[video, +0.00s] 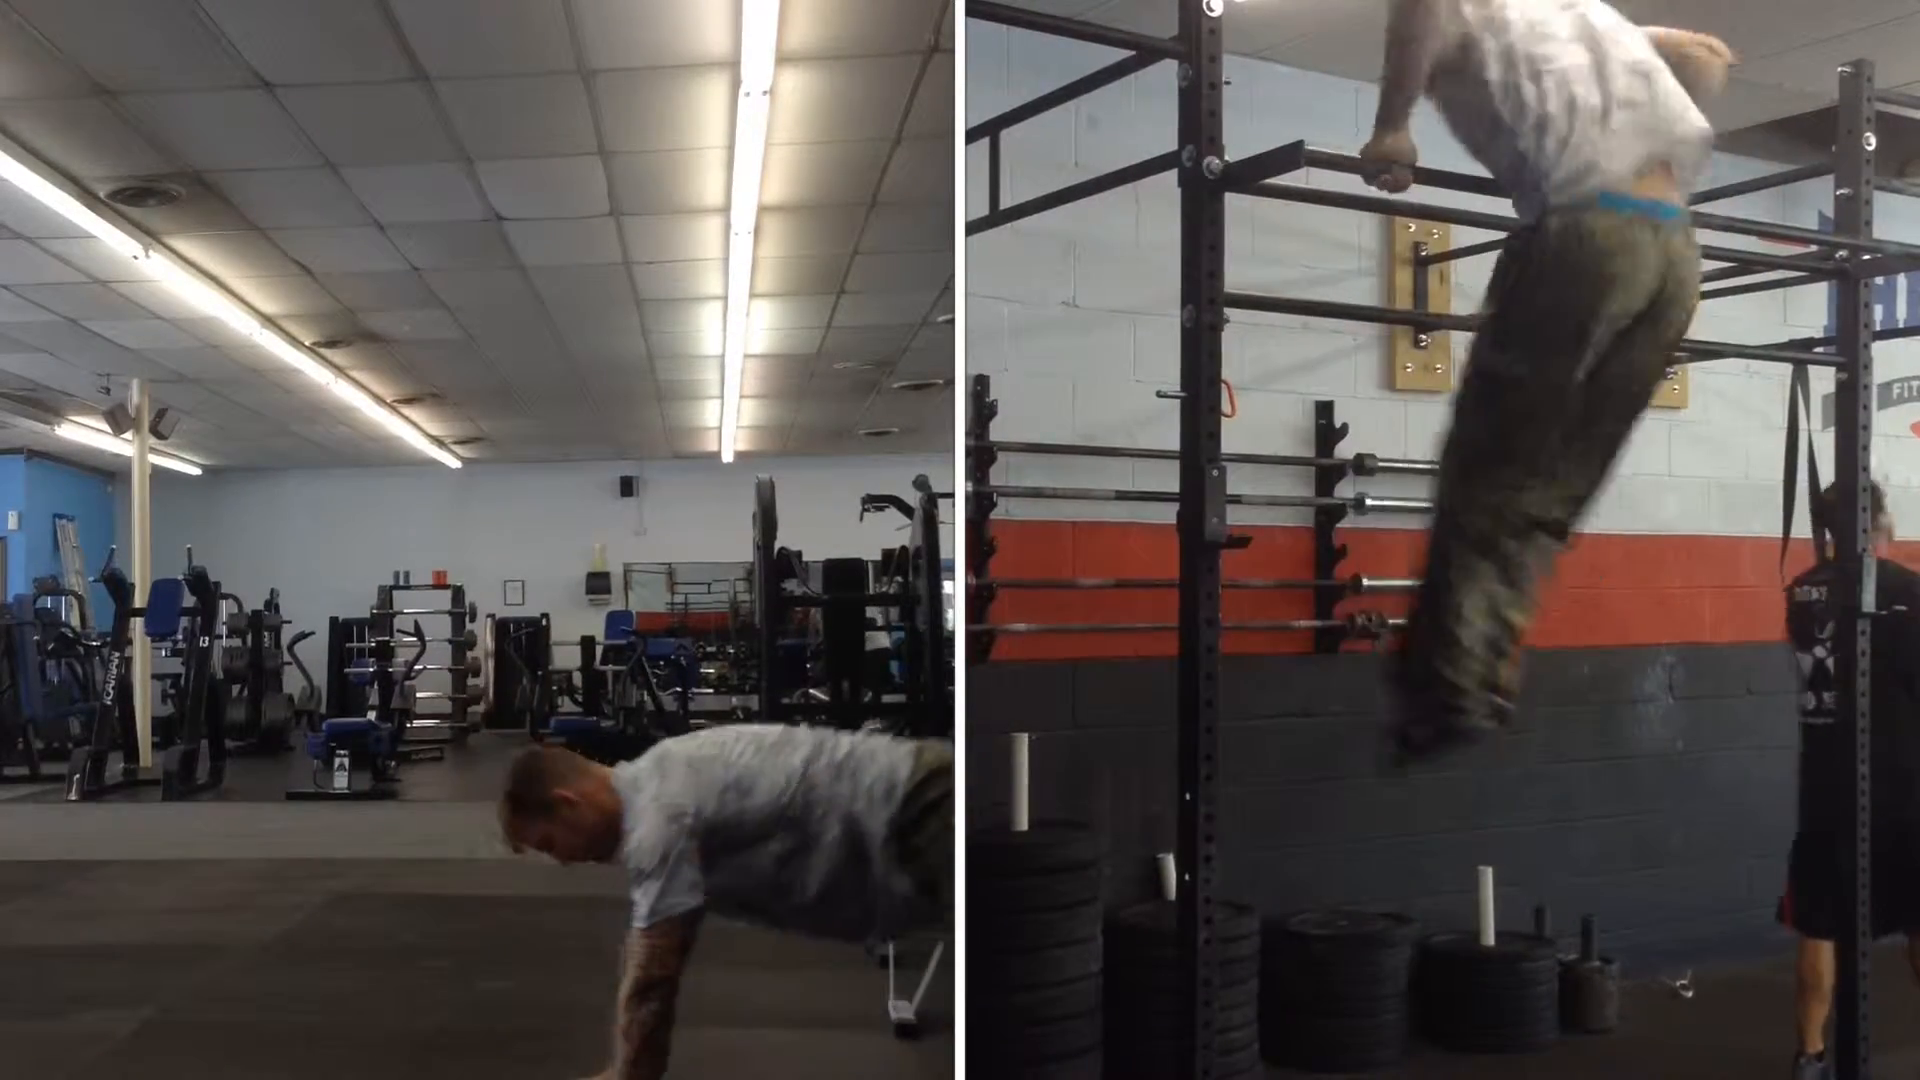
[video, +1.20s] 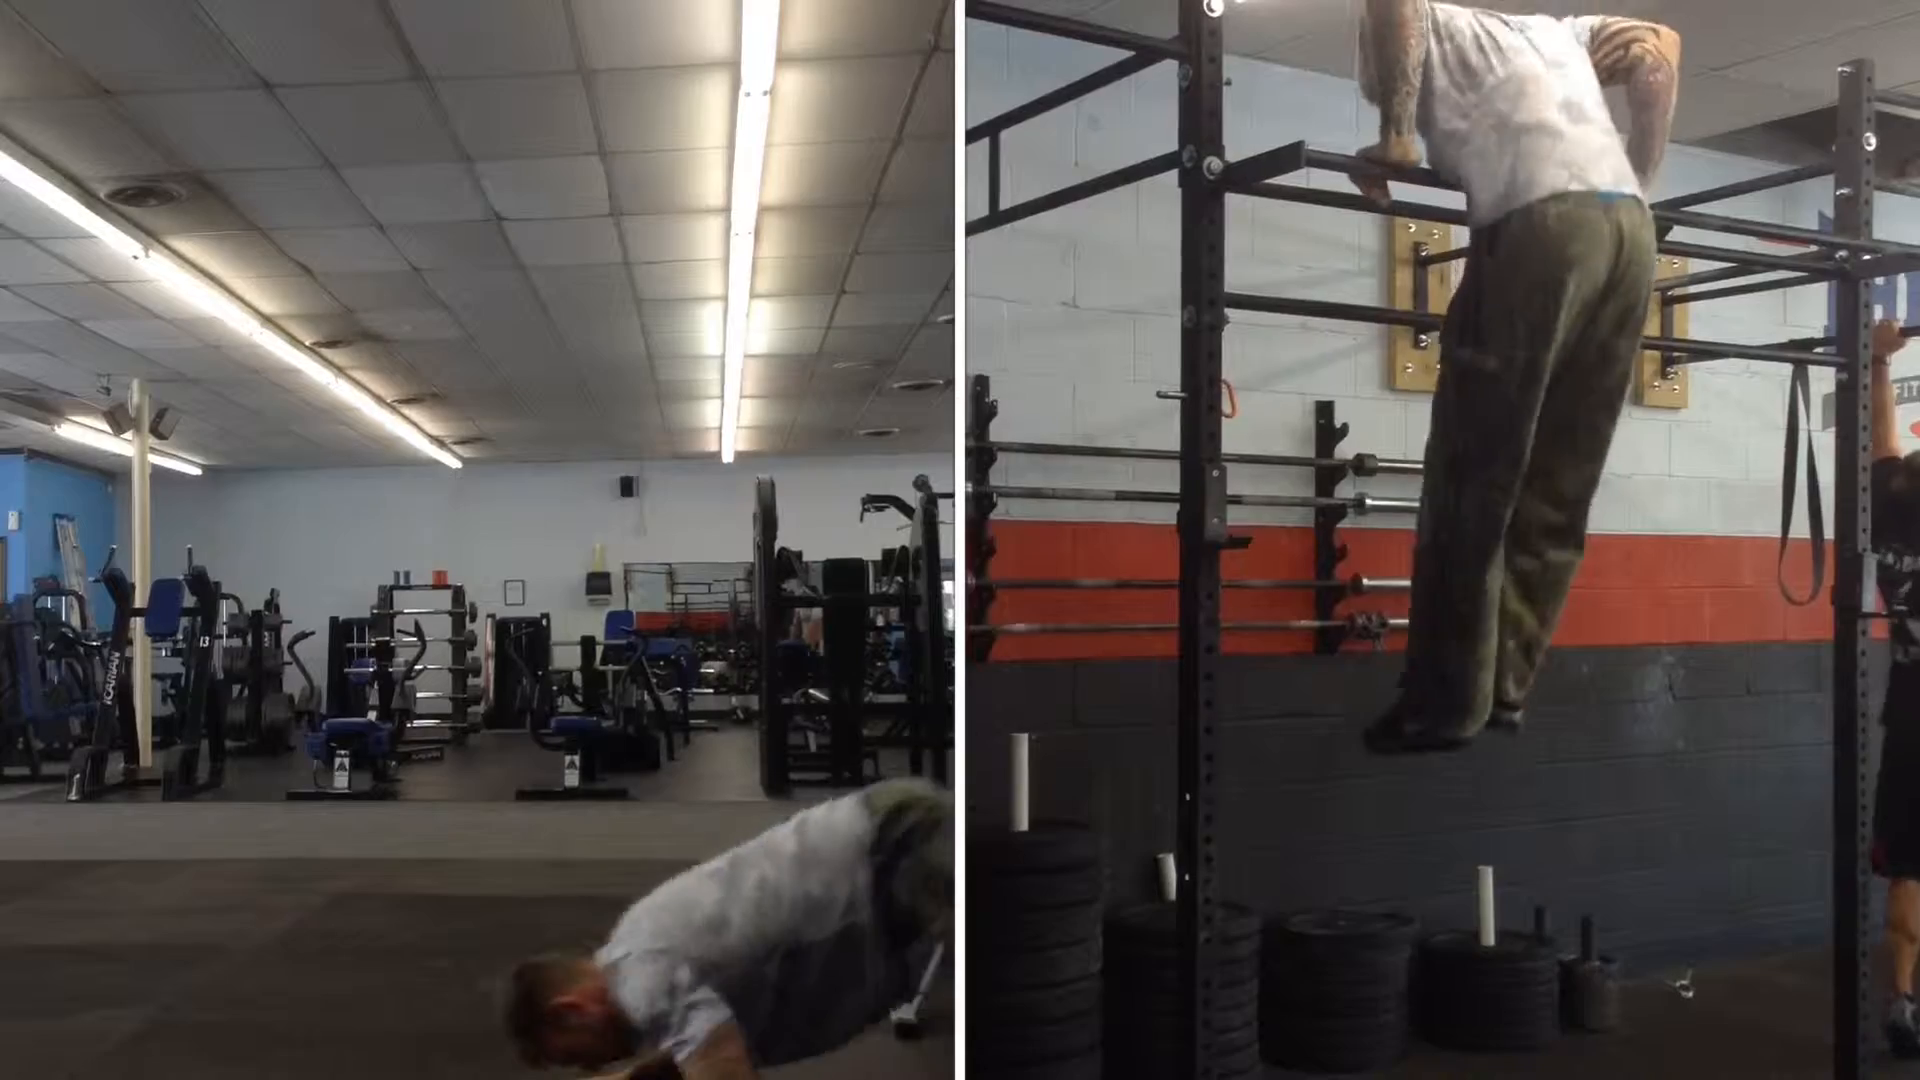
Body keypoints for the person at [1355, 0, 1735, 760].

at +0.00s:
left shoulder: (1454, 12)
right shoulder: (1593, 20)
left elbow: (1419, 8)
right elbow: (1711, 53)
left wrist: (1392, 125)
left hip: (1580, 242)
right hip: (1675, 255)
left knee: (1490, 475)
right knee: (1549, 498)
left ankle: (1448, 700)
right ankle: (1482, 681)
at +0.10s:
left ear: (1420, 28)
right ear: (1492, 16)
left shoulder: (1431, 29)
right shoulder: (1566, 44)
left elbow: (1405, 3)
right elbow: (1672, 43)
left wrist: (1395, 126)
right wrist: (1638, 156)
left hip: (1584, 228)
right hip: (1676, 237)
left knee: (1537, 479)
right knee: (1608, 492)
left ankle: (1517, 727)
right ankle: (1559, 706)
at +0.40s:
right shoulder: (1559, 14)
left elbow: (1391, 9)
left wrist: (1396, 127)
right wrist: (1659, 85)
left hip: (1566, 151)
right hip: (1651, 145)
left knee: (1572, 411)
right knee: (1634, 406)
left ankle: (1576, 660)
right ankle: (1621, 655)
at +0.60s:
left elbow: (1392, 5)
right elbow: (1615, 23)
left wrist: (1392, 118)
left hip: (1526, 79)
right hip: (1623, 72)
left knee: (1524, 332)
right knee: (1591, 328)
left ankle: (1513, 568)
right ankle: (1559, 547)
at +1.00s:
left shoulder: (1418, 7)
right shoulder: (1566, 10)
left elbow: (1389, 11)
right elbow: (1656, 48)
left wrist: (1398, 132)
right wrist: (1642, 161)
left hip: (1540, 172)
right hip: (1637, 170)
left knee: (1482, 419)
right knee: (1574, 424)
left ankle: (1466, 653)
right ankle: (1528, 648)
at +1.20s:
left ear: (1426, 17)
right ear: (1499, 10)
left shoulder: (1427, 20)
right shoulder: (1556, 27)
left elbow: (1391, 0)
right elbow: (1656, 52)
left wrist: (1395, 136)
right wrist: (1636, 185)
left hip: (1539, 225)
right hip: (1631, 227)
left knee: (1475, 467)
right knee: (1561, 479)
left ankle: (1446, 703)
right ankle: (1506, 689)